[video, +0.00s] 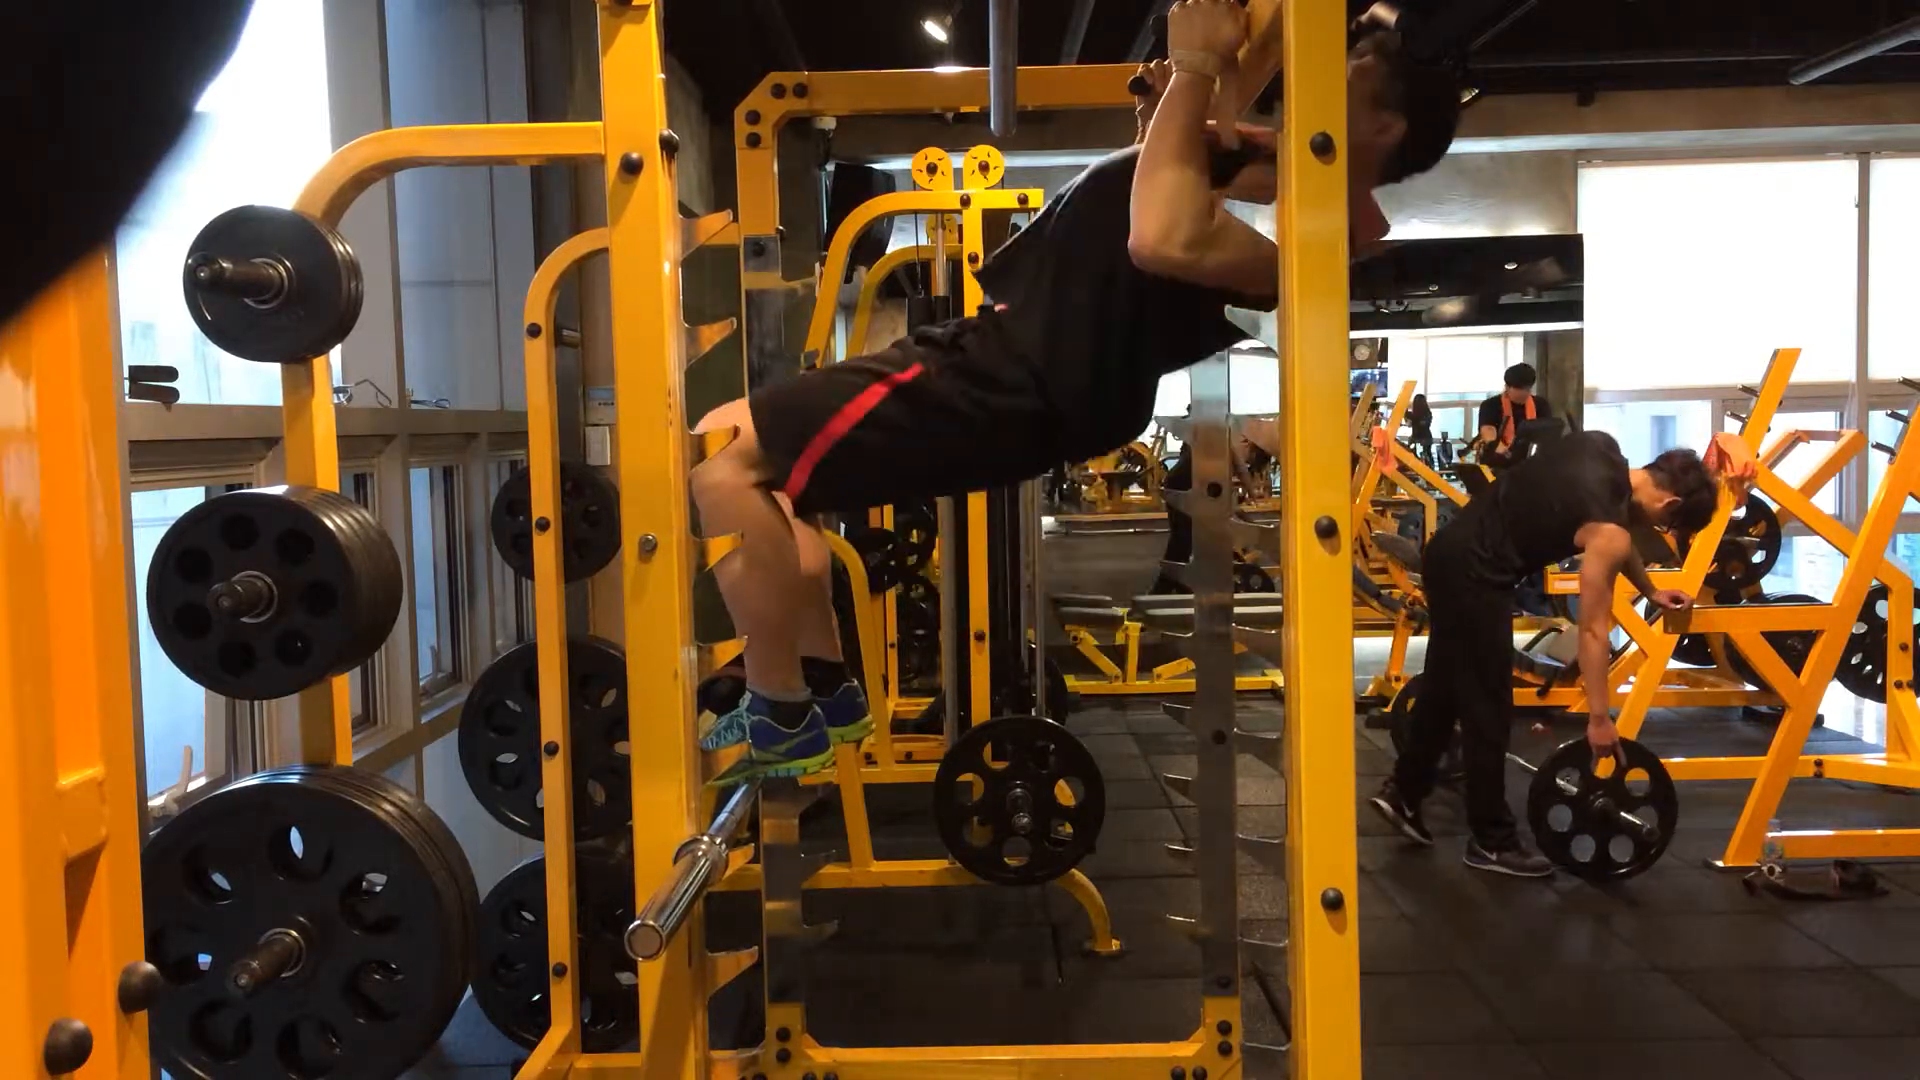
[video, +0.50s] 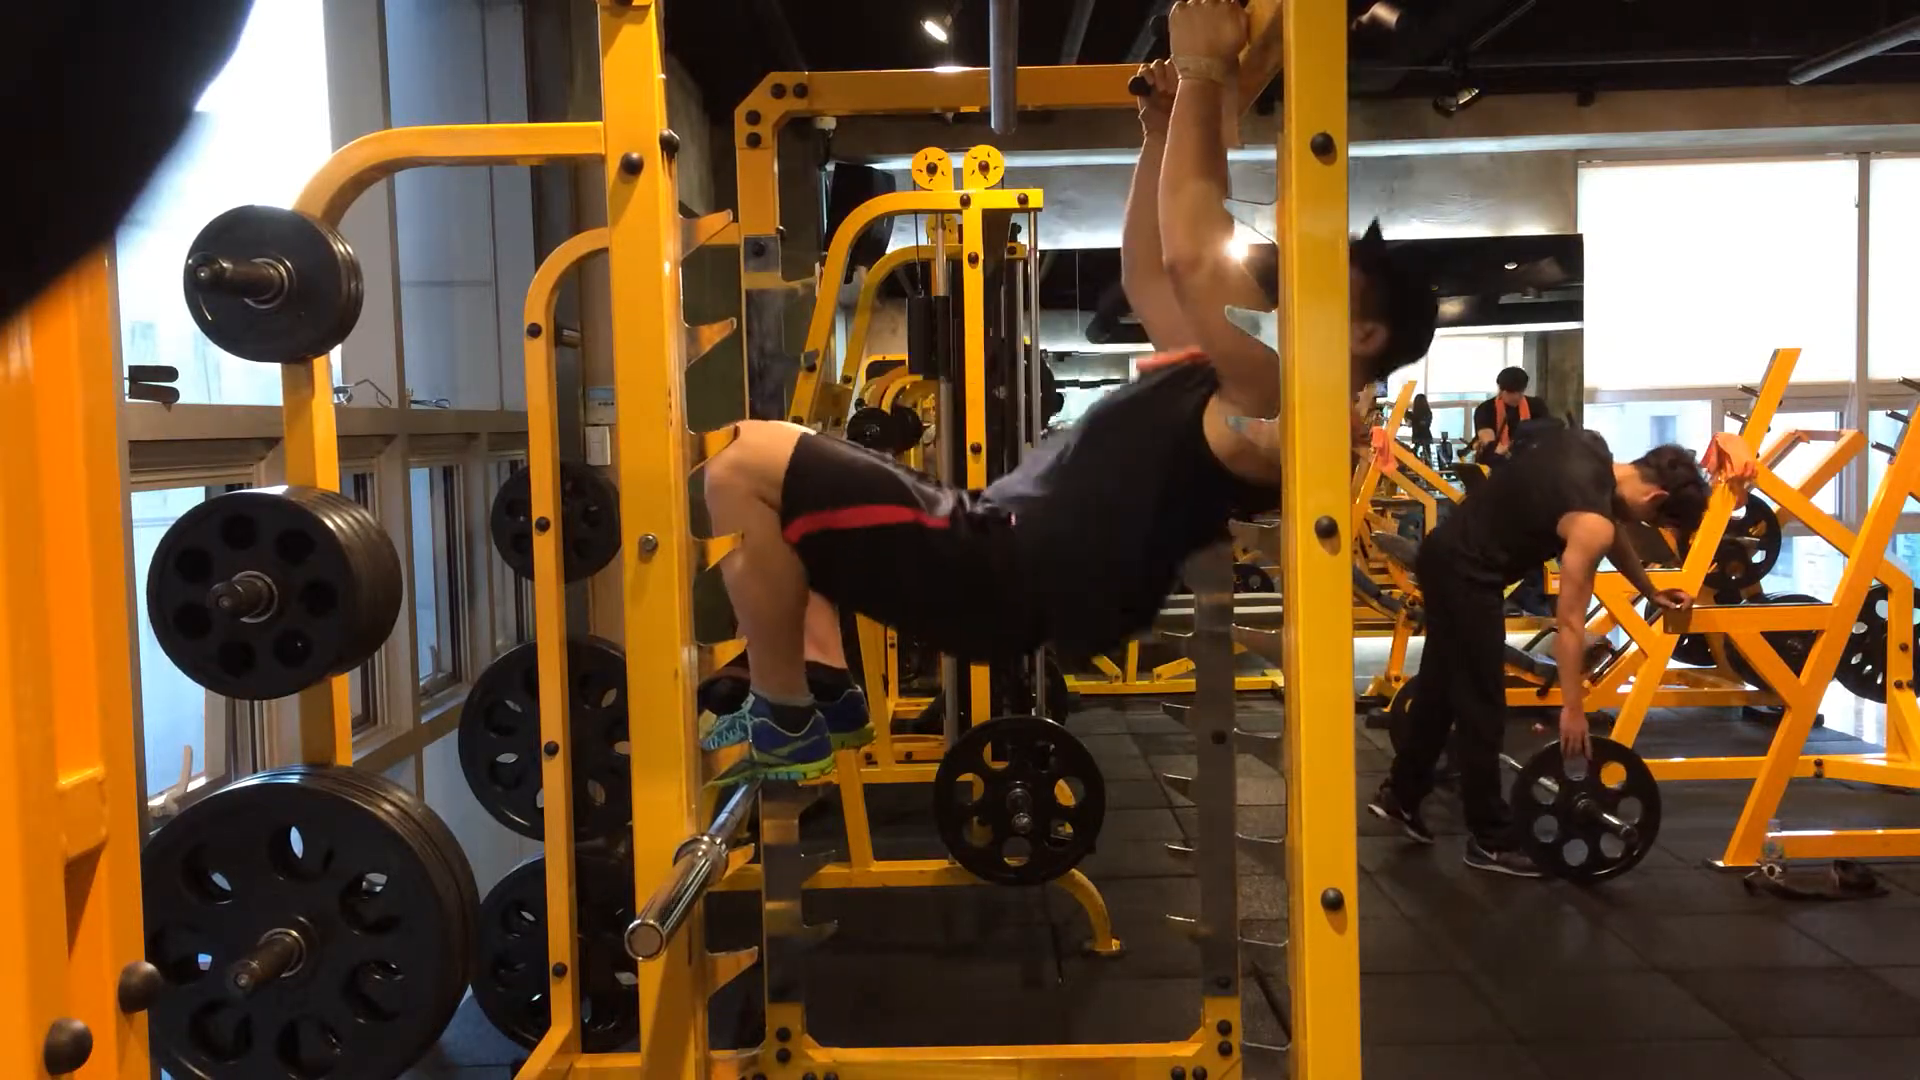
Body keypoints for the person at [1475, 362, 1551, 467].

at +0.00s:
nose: (1523, 394)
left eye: (1527, 389)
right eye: (1518, 389)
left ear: (1531, 388)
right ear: (1507, 387)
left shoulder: (1540, 404)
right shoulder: (1490, 406)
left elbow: (1547, 435)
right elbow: (1489, 439)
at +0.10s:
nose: (1521, 395)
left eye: (1524, 390)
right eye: (1516, 390)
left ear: (1529, 389)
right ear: (1505, 388)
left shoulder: (1540, 404)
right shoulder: (1488, 408)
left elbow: (1550, 434)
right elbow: (1490, 444)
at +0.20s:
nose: (1516, 395)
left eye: (1519, 390)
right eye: (1511, 390)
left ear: (1523, 388)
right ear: (1501, 389)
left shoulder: (1538, 404)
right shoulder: (1486, 410)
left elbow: (1549, 434)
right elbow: (1489, 446)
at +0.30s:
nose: (1514, 395)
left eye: (1517, 390)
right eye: (1508, 391)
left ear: (1521, 388)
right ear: (1498, 391)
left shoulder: (1536, 403)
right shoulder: (1484, 411)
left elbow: (1546, 433)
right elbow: (1488, 443)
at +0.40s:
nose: (1514, 397)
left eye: (1517, 392)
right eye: (1509, 393)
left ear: (1521, 390)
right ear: (1499, 392)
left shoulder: (1535, 404)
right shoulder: (1484, 411)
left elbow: (1546, 433)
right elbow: (1488, 444)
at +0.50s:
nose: (1517, 397)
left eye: (1520, 392)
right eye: (1511, 393)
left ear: (1524, 390)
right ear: (1502, 390)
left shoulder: (1536, 405)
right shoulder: (1485, 410)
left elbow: (1546, 436)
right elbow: (1489, 446)